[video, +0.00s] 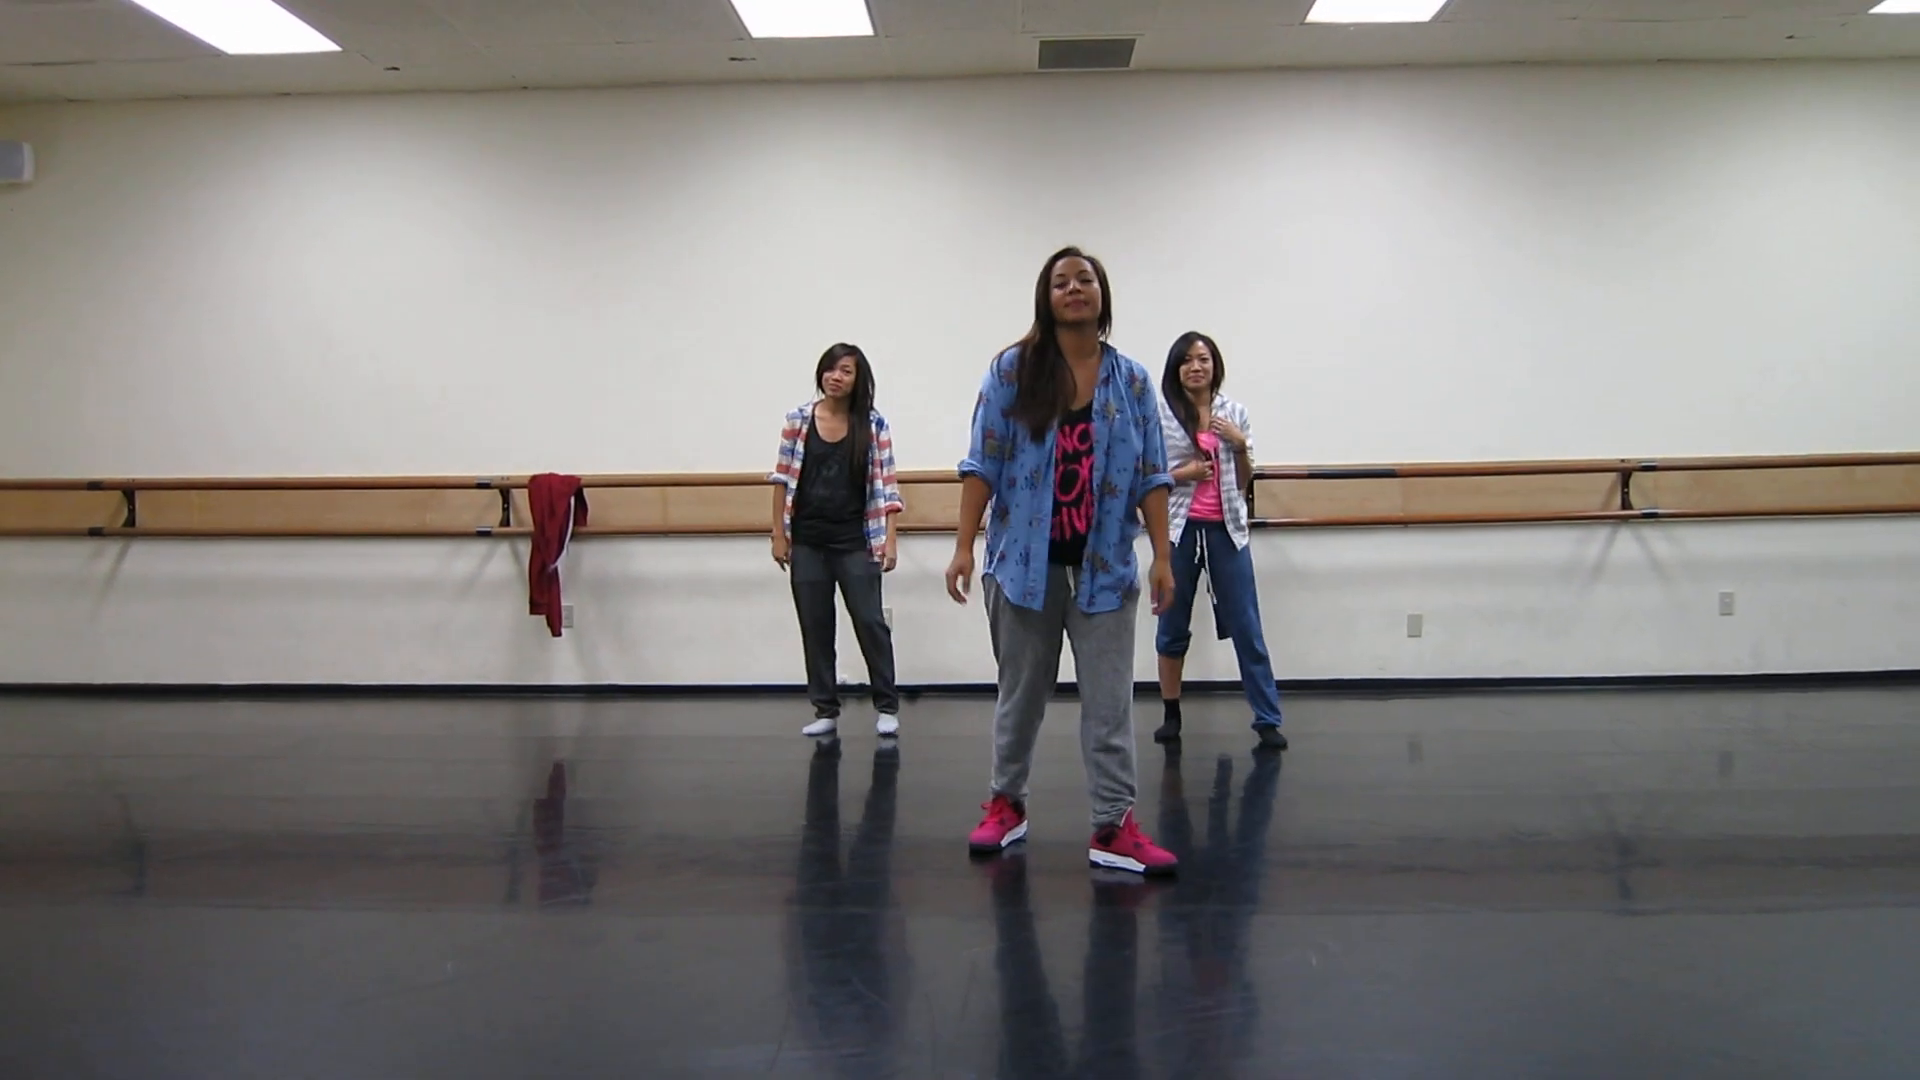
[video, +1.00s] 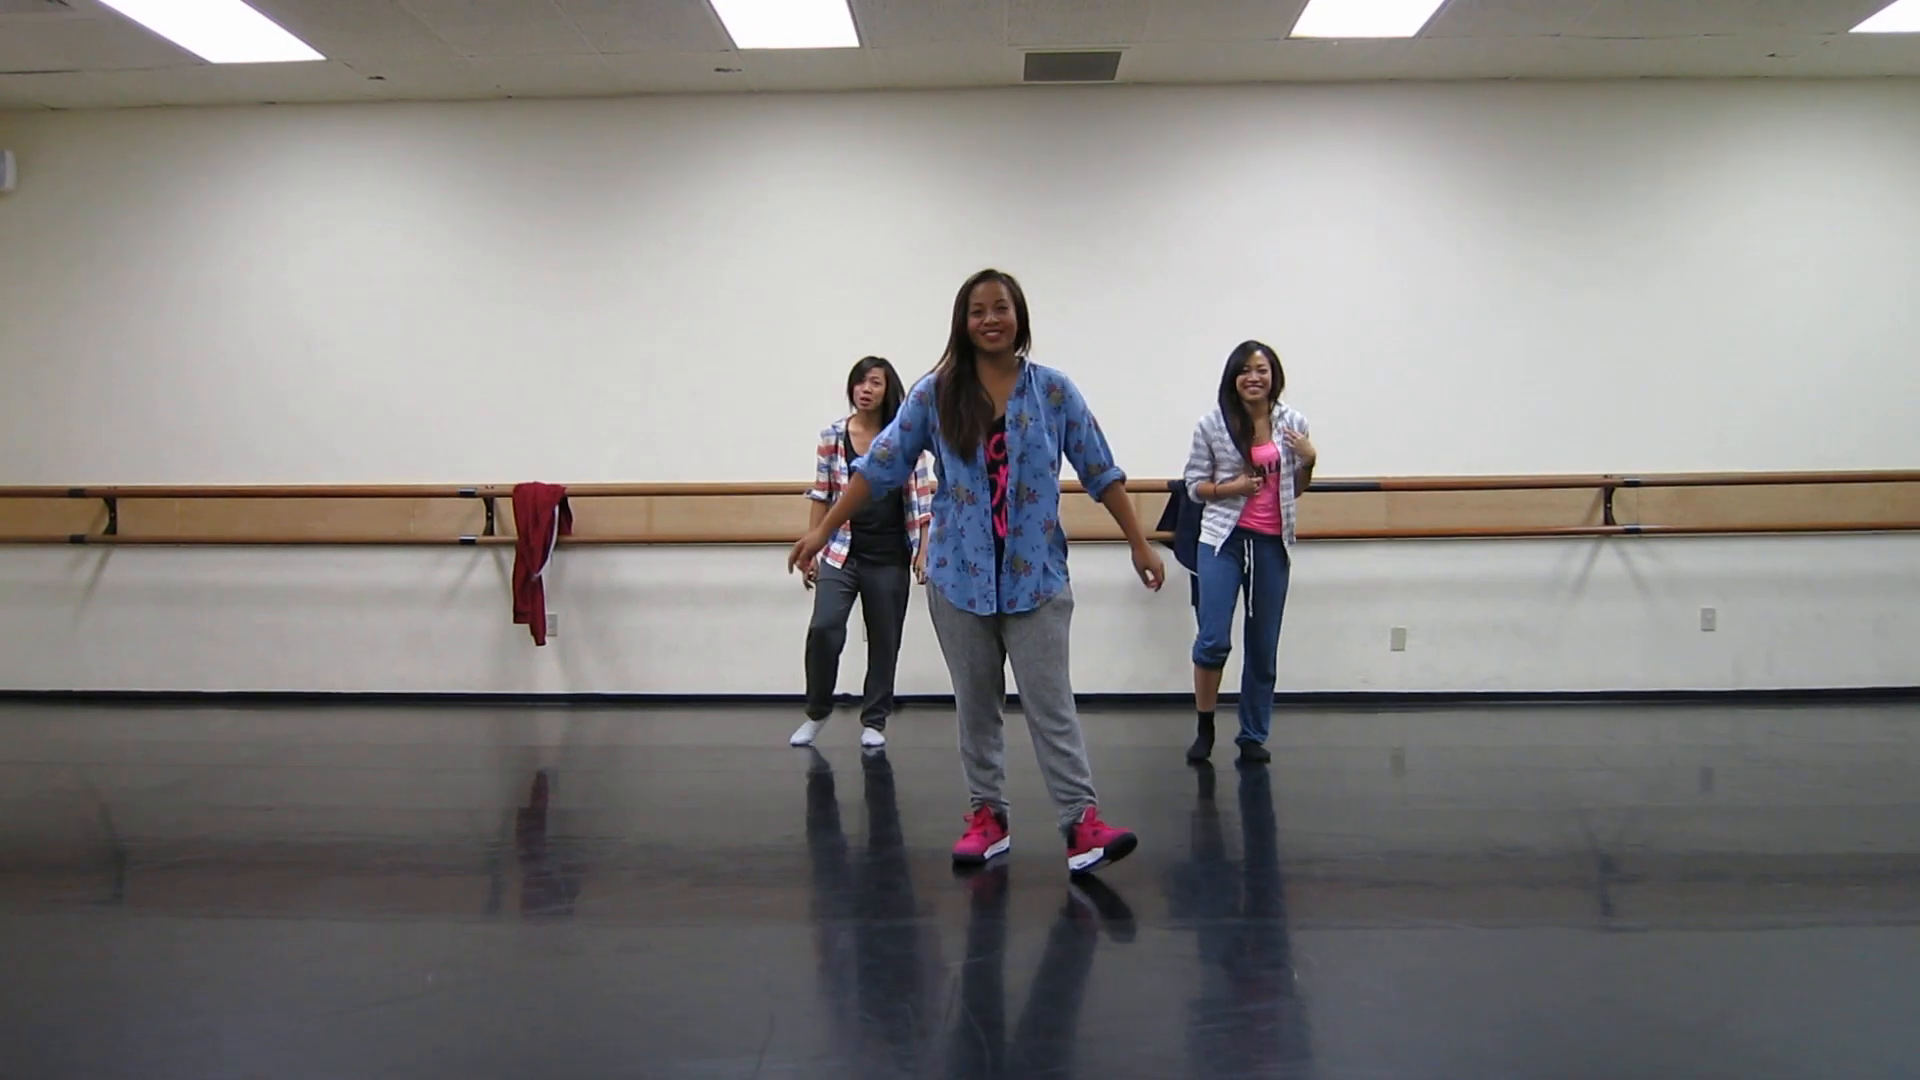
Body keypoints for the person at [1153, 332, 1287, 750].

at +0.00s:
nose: (1197, 366)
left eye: (1204, 359)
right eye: (1188, 360)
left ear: (1216, 366)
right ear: (1175, 369)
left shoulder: (1233, 413)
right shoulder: (1158, 415)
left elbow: (1242, 484)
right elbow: (1143, 478)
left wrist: (1240, 446)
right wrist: (1180, 473)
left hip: (1226, 531)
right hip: (1178, 530)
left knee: (1247, 628)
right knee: (1172, 625)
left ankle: (1267, 721)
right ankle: (1171, 716)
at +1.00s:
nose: (1254, 378)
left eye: (1262, 371)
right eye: (1244, 371)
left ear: (1274, 377)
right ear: (1232, 379)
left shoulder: (1290, 423)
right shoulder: (1211, 426)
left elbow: (1295, 490)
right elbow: (1194, 487)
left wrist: (1308, 461)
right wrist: (1232, 487)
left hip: (1270, 543)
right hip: (1221, 539)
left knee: (1263, 650)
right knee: (1212, 642)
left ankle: (1253, 739)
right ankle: (1205, 729)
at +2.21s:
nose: (1201, 390)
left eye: (1210, 384)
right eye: (1193, 383)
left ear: (1222, 392)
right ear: (1180, 389)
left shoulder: (1237, 438)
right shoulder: (1157, 436)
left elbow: (1243, 503)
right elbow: (1137, 494)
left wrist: (1247, 479)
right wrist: (1164, 500)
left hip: (1219, 555)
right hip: (1169, 554)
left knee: (1236, 653)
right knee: (1169, 655)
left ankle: (1257, 747)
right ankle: (1171, 744)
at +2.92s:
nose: (1229, 395)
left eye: (1236, 388)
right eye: (1220, 389)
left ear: (1248, 397)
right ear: (1206, 398)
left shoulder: (1264, 445)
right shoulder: (1184, 447)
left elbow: (1274, 495)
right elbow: (1168, 507)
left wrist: (1275, 512)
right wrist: (1192, 545)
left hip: (1253, 562)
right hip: (1200, 561)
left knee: (1283, 657)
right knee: (1191, 658)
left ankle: (1307, 748)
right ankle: (1176, 753)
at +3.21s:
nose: (1276, 392)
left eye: (1283, 385)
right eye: (1268, 387)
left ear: (1295, 393)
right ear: (1254, 397)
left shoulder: (1313, 440)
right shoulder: (1236, 448)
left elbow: (1323, 491)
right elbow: (1226, 512)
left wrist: (1333, 504)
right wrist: (1223, 569)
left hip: (1306, 558)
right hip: (1256, 559)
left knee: (1308, 657)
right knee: (1228, 647)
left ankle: (1311, 747)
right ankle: (1200, 745)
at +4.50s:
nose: (1243, 396)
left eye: (1251, 390)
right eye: (1234, 390)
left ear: (1263, 399)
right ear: (1221, 400)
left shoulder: (1282, 448)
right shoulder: (1201, 449)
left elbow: (1296, 509)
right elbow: (1187, 512)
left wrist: (1305, 564)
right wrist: (1187, 569)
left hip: (1265, 567)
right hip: (1214, 566)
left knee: (1283, 661)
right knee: (1206, 665)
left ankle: (1297, 746)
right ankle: (1203, 754)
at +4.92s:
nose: (1233, 397)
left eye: (1240, 390)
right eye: (1223, 393)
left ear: (1253, 399)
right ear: (1210, 406)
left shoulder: (1275, 445)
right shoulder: (1198, 450)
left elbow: (1303, 484)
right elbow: (1171, 487)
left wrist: (1322, 512)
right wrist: (1156, 520)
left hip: (1262, 579)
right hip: (1209, 577)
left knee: (1270, 679)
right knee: (1201, 676)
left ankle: (1270, 780)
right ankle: (1200, 751)